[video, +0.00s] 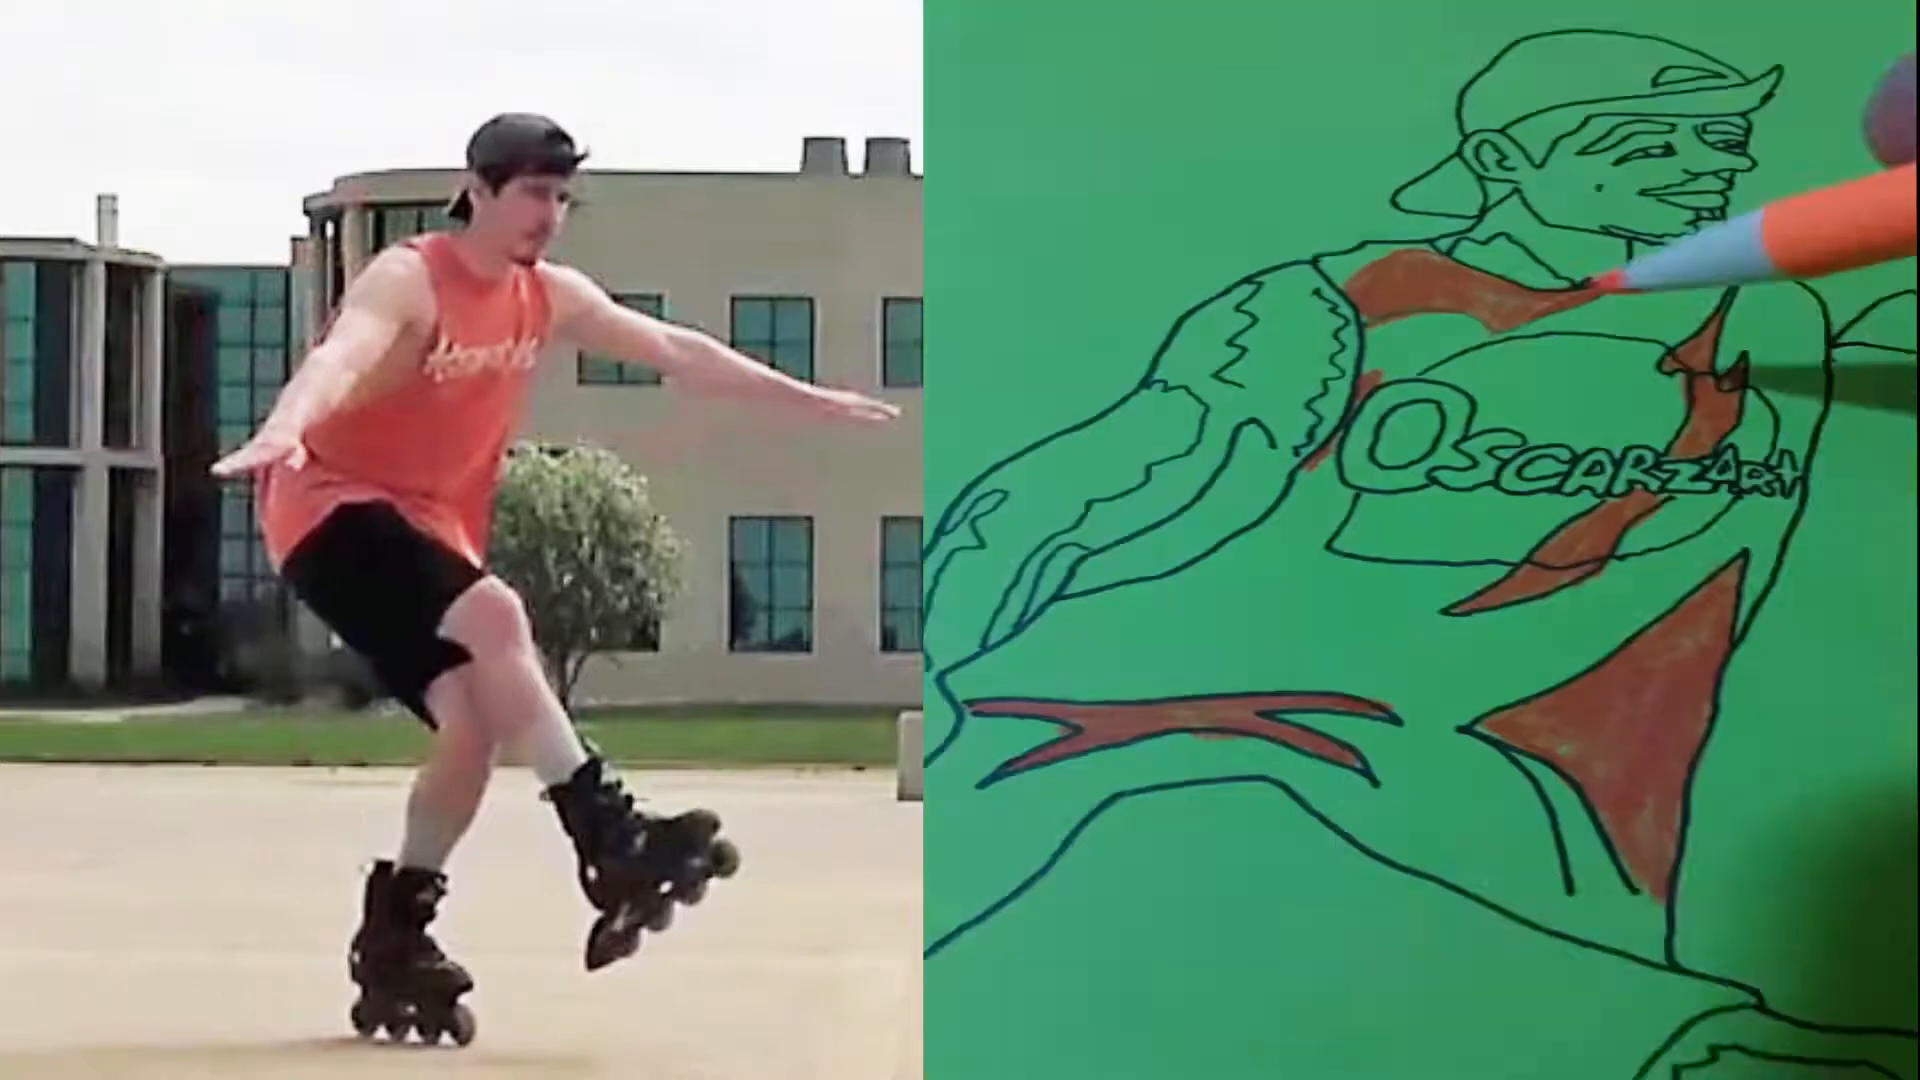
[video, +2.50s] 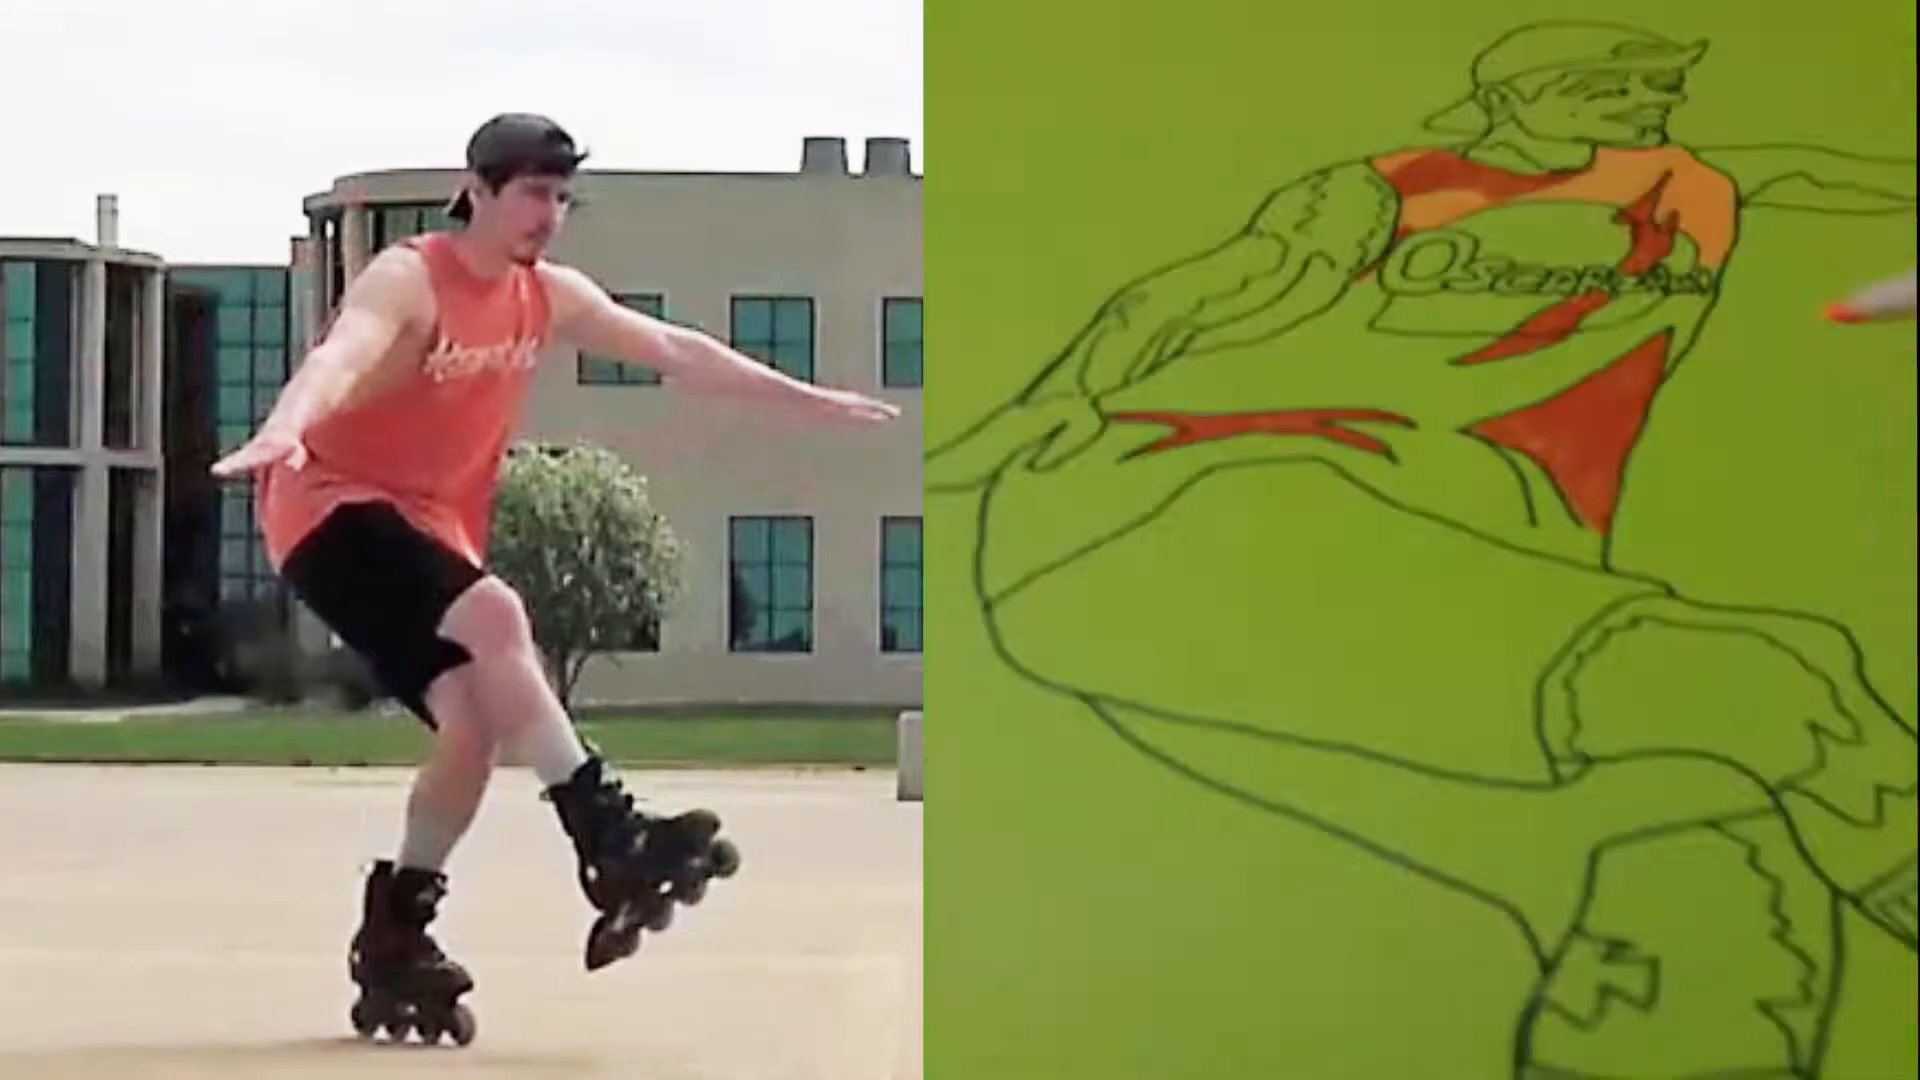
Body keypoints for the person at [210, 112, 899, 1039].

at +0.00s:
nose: (552, 214)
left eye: (562, 198)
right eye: (536, 194)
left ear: (563, 203)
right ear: (477, 191)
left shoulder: (551, 293)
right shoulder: (409, 274)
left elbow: (674, 349)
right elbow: (342, 356)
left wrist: (810, 399)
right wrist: (283, 429)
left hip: (436, 530)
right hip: (334, 505)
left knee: (477, 725)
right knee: (492, 616)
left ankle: (393, 936)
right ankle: (611, 842)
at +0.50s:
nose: (552, 214)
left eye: (562, 198)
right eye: (536, 194)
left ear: (563, 203)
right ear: (477, 191)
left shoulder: (551, 293)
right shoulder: (409, 274)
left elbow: (674, 349)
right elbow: (341, 356)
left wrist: (810, 399)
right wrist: (283, 429)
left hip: (436, 529)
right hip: (334, 504)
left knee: (477, 723)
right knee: (492, 616)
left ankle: (393, 936)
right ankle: (611, 843)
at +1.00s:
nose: (552, 214)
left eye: (562, 198)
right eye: (536, 194)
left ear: (563, 203)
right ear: (477, 191)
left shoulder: (551, 293)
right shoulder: (409, 274)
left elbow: (674, 349)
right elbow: (341, 356)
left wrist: (811, 399)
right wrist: (282, 429)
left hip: (436, 530)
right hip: (334, 505)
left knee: (477, 725)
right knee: (492, 616)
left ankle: (393, 936)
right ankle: (611, 842)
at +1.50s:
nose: (552, 214)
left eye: (562, 198)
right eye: (536, 195)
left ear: (562, 203)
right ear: (477, 191)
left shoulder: (551, 293)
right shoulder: (408, 274)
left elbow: (674, 349)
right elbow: (342, 356)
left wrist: (811, 399)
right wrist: (283, 428)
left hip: (436, 530)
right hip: (334, 505)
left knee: (477, 725)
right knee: (492, 616)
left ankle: (393, 935)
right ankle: (610, 841)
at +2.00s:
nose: (552, 214)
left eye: (562, 198)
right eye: (536, 195)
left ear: (562, 203)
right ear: (477, 191)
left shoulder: (551, 293)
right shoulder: (408, 275)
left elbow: (674, 350)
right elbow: (342, 356)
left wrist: (810, 399)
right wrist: (283, 428)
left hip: (436, 529)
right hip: (333, 504)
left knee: (477, 723)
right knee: (492, 616)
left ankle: (393, 937)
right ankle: (611, 843)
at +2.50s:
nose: (551, 215)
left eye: (561, 199)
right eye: (534, 195)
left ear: (563, 203)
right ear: (475, 191)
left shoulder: (551, 293)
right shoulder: (408, 274)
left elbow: (674, 349)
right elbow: (342, 356)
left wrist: (810, 399)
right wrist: (283, 429)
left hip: (436, 530)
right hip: (334, 504)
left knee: (477, 725)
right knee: (492, 616)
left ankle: (393, 935)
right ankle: (610, 841)